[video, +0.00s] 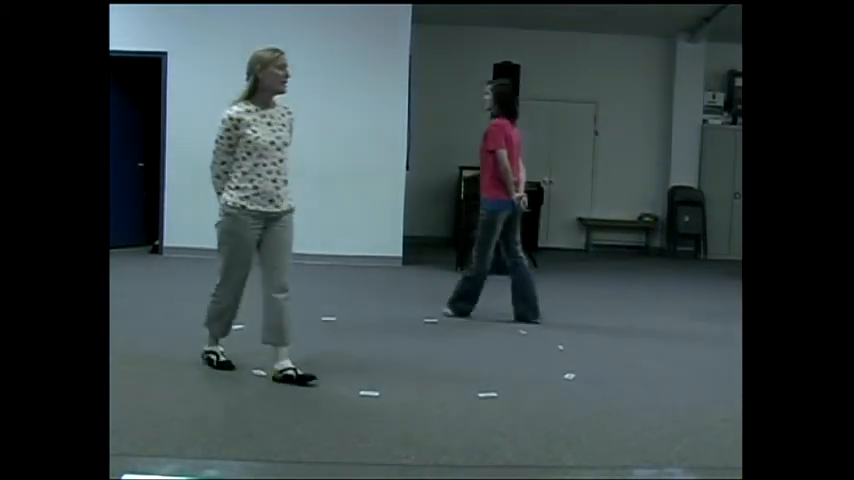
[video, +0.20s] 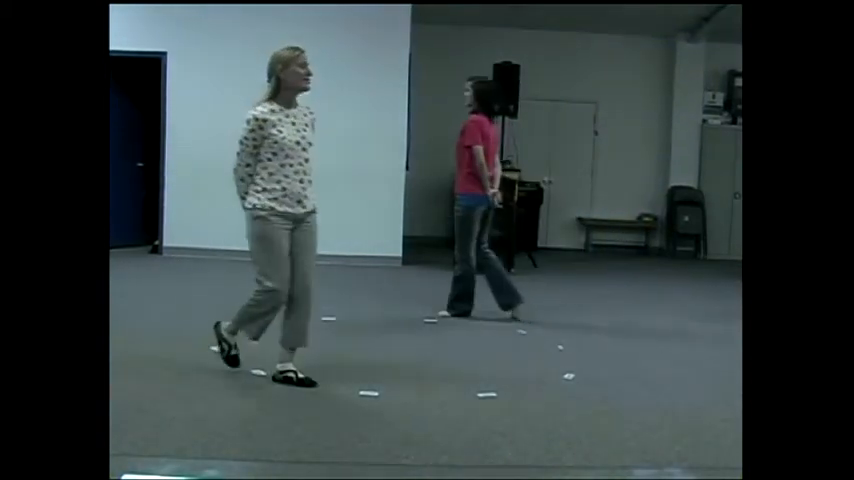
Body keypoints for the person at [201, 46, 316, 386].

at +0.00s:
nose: (287, 74)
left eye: (286, 68)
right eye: (279, 68)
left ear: (280, 75)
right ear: (258, 74)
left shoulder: (285, 115)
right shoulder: (236, 116)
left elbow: (278, 163)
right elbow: (219, 164)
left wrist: (264, 191)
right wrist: (227, 199)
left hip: (279, 211)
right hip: (241, 210)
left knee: (278, 286)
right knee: (232, 282)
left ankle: (282, 360)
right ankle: (214, 345)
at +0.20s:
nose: (309, 71)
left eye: (308, 66)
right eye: (301, 67)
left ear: (299, 75)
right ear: (281, 74)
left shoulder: (306, 115)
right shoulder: (260, 116)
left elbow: (297, 164)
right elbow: (243, 165)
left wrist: (275, 192)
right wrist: (250, 201)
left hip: (304, 211)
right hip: (268, 211)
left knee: (301, 289)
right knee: (275, 288)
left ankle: (286, 364)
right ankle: (229, 332)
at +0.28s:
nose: (315, 73)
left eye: (314, 68)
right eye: (308, 69)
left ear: (304, 77)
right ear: (287, 75)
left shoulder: (311, 118)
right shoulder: (267, 118)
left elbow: (303, 168)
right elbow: (249, 168)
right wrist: (254, 206)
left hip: (307, 212)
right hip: (273, 211)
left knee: (310, 289)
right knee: (291, 289)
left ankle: (286, 364)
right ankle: (240, 331)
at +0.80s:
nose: (368, 69)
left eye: (366, 64)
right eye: (360, 64)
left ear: (345, 72)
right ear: (340, 70)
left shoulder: (339, 112)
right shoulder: (335, 113)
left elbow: (325, 168)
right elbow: (319, 167)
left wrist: (315, 216)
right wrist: (312, 215)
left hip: (340, 211)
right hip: (345, 212)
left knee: (353, 295)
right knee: (368, 293)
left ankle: (300, 349)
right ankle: (369, 379)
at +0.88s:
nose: (372, 71)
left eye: (371, 65)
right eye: (365, 66)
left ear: (349, 73)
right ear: (345, 71)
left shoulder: (344, 114)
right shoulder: (340, 115)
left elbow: (331, 171)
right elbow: (325, 169)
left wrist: (320, 220)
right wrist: (318, 218)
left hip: (344, 212)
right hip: (350, 212)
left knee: (372, 293)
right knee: (377, 292)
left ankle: (316, 344)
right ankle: (369, 379)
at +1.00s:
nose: (379, 76)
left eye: (377, 70)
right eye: (372, 71)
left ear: (356, 78)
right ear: (354, 77)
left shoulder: (351, 119)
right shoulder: (345, 121)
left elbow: (336, 177)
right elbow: (331, 176)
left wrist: (325, 226)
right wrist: (324, 226)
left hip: (361, 217)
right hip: (354, 219)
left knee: (404, 289)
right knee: (390, 294)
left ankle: (342, 344)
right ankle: (370, 380)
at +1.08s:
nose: (380, 75)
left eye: (379, 69)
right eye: (374, 70)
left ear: (355, 76)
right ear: (355, 75)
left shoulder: (350, 117)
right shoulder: (344, 119)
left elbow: (336, 175)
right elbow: (331, 175)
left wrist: (325, 225)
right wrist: (324, 224)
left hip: (360, 216)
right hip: (354, 218)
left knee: (400, 288)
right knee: (389, 293)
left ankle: (340, 345)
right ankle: (370, 379)